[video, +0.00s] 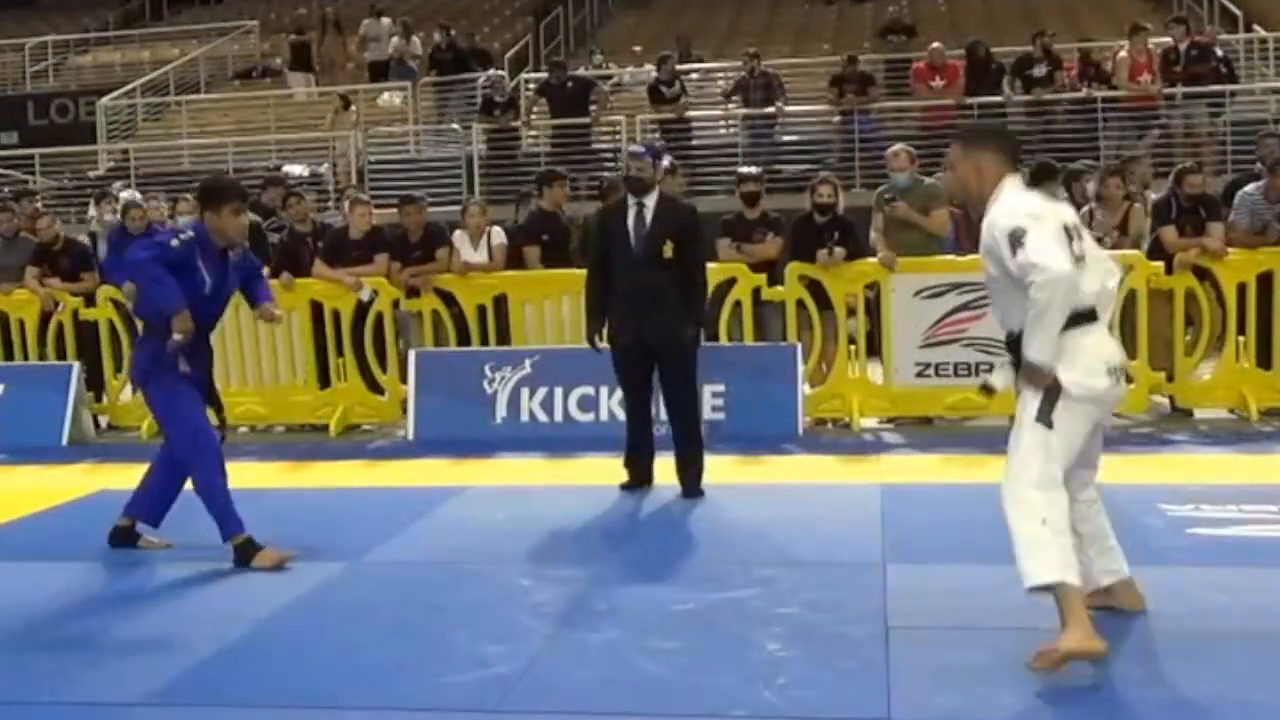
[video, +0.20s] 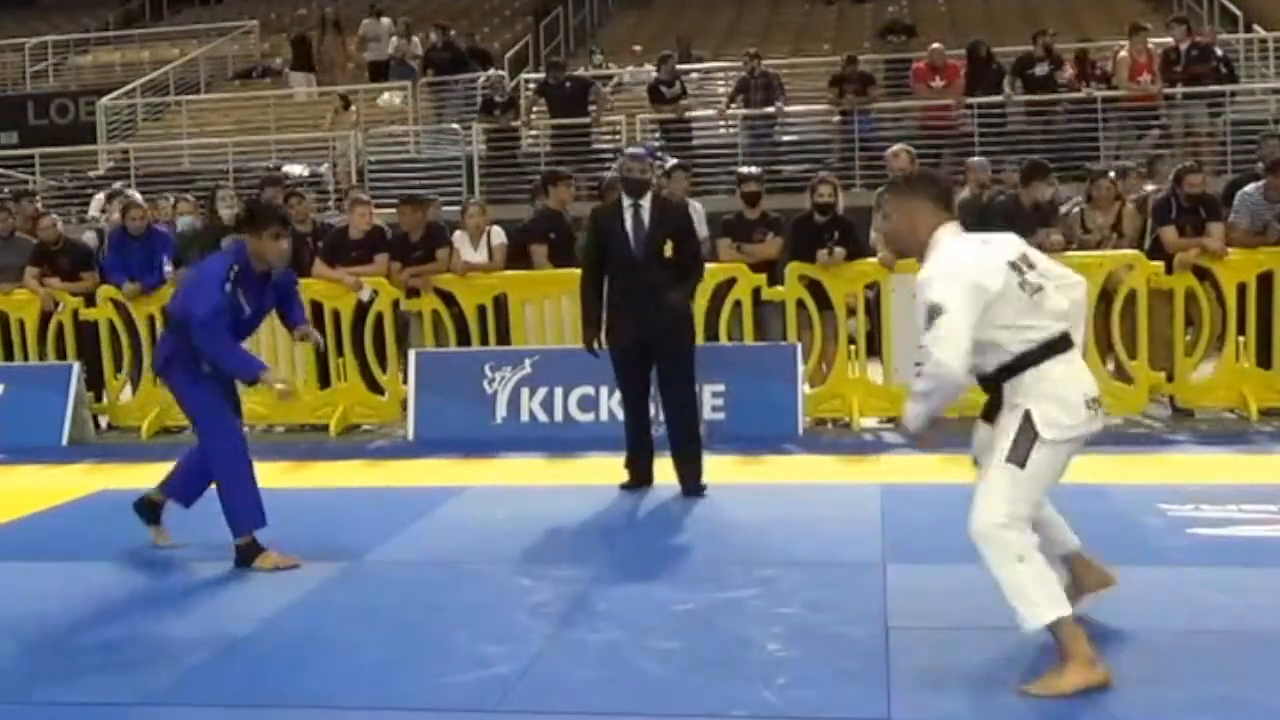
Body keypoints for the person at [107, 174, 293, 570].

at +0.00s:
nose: (246, 222)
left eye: (245, 214)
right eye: (237, 215)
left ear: (234, 216)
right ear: (212, 217)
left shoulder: (235, 250)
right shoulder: (185, 242)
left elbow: (253, 276)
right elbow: (138, 261)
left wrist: (263, 302)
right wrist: (175, 308)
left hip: (194, 359)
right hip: (160, 359)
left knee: (186, 441)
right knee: (201, 441)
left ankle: (129, 525)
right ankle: (241, 543)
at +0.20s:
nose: (285, 247)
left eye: (286, 239)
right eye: (278, 239)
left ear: (285, 239)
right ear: (253, 239)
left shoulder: (275, 270)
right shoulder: (216, 272)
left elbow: (287, 294)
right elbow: (208, 335)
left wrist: (299, 324)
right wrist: (261, 373)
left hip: (218, 355)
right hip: (182, 357)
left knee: (225, 436)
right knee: (224, 435)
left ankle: (156, 501)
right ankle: (246, 543)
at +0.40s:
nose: (328, 266)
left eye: (331, 258)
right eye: (321, 257)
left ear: (332, 256)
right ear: (296, 253)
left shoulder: (305, 276)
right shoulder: (253, 280)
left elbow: (299, 309)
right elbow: (233, 351)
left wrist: (302, 339)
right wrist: (282, 388)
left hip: (241, 347)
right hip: (204, 351)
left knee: (275, 427)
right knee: (238, 436)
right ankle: (246, 543)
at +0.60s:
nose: (368, 272)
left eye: (371, 264)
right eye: (362, 263)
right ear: (337, 259)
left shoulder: (343, 282)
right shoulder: (289, 279)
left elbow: (330, 311)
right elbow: (243, 335)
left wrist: (331, 343)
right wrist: (275, 386)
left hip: (279, 347)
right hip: (240, 347)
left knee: (312, 428)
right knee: (266, 437)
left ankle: (318, 521)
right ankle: (251, 542)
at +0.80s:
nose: (388, 285)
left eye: (391, 275)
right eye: (380, 276)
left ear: (395, 271)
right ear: (357, 271)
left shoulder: (384, 294)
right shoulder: (315, 288)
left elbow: (392, 330)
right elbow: (263, 342)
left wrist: (395, 371)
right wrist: (287, 389)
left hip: (322, 358)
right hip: (282, 357)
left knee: (352, 427)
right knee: (314, 423)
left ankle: (326, 521)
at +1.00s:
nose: (402, 296)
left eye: (406, 286)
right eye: (392, 287)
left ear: (411, 283)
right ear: (370, 283)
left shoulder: (412, 307)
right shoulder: (331, 302)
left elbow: (420, 340)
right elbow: (294, 360)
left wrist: (426, 380)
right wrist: (318, 415)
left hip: (352, 365)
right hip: (309, 366)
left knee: (391, 442)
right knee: (342, 440)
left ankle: (339, 508)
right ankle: (354, 542)